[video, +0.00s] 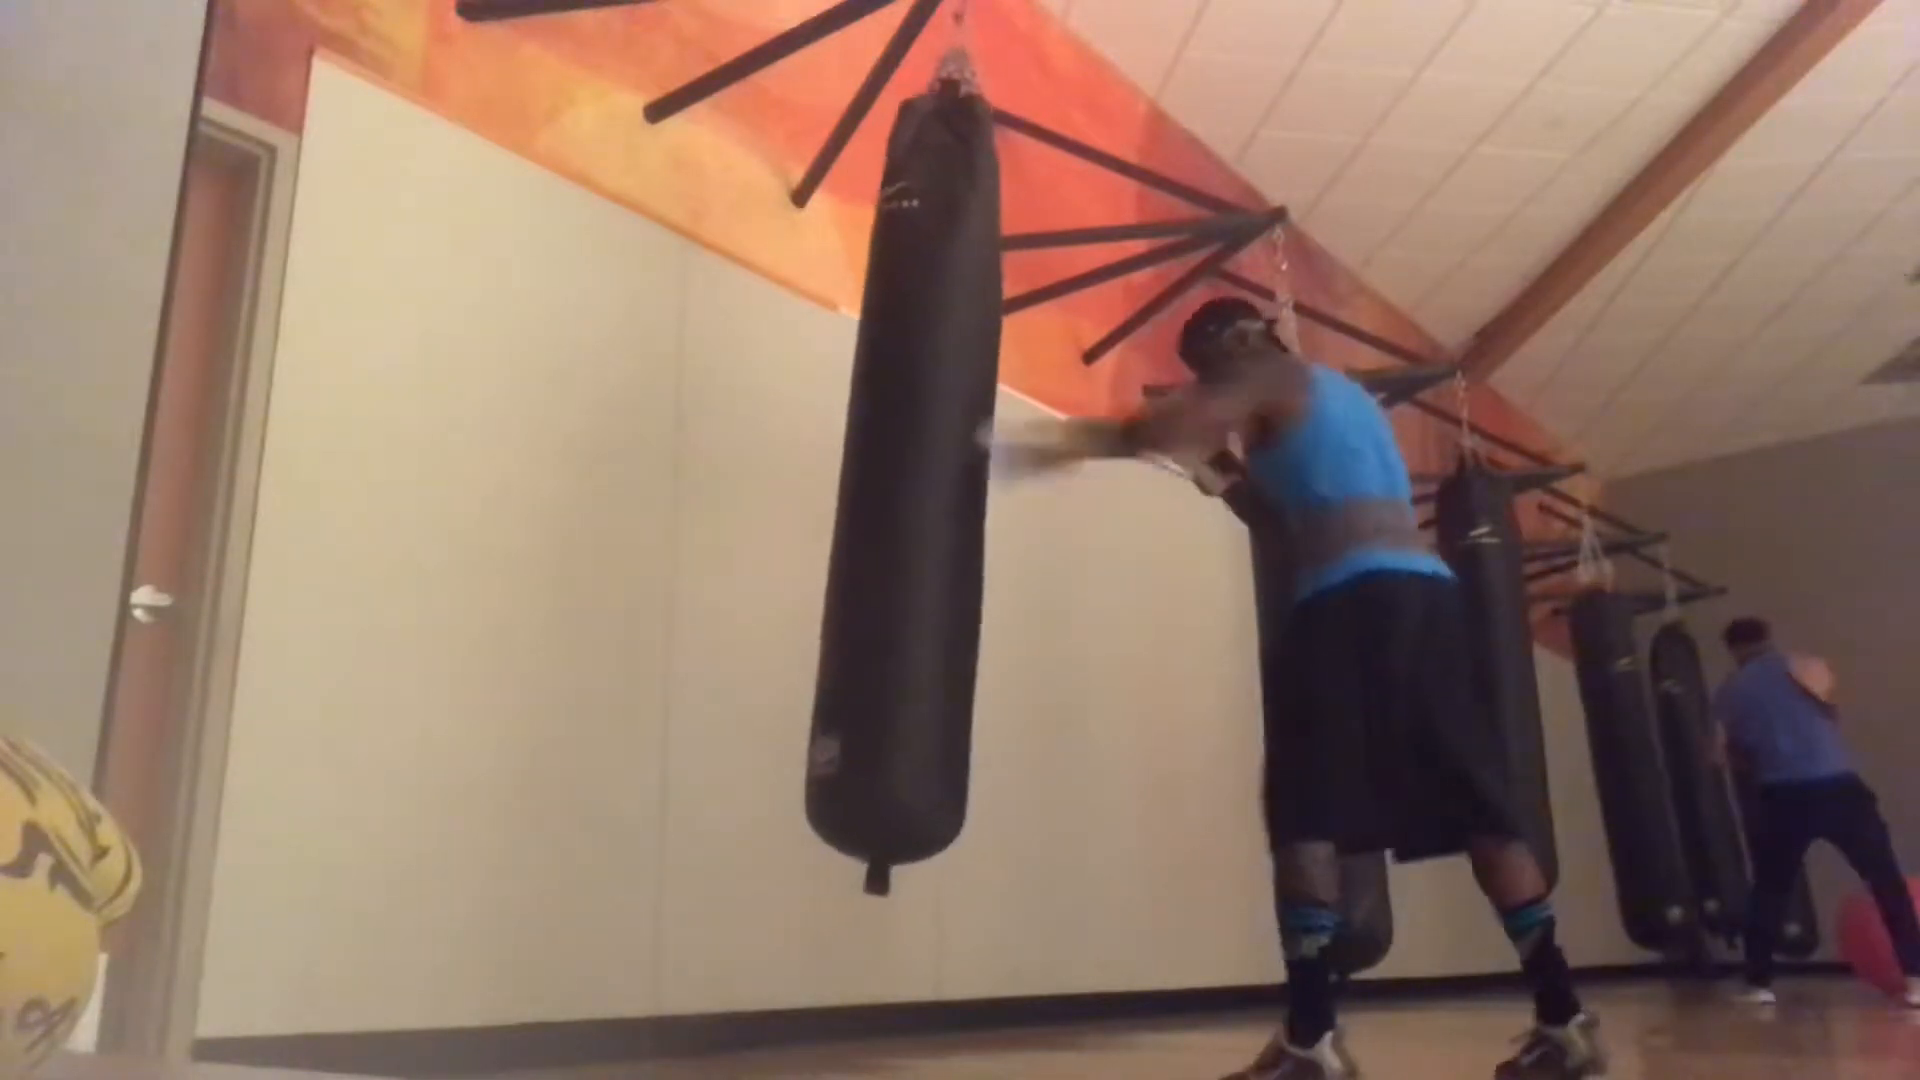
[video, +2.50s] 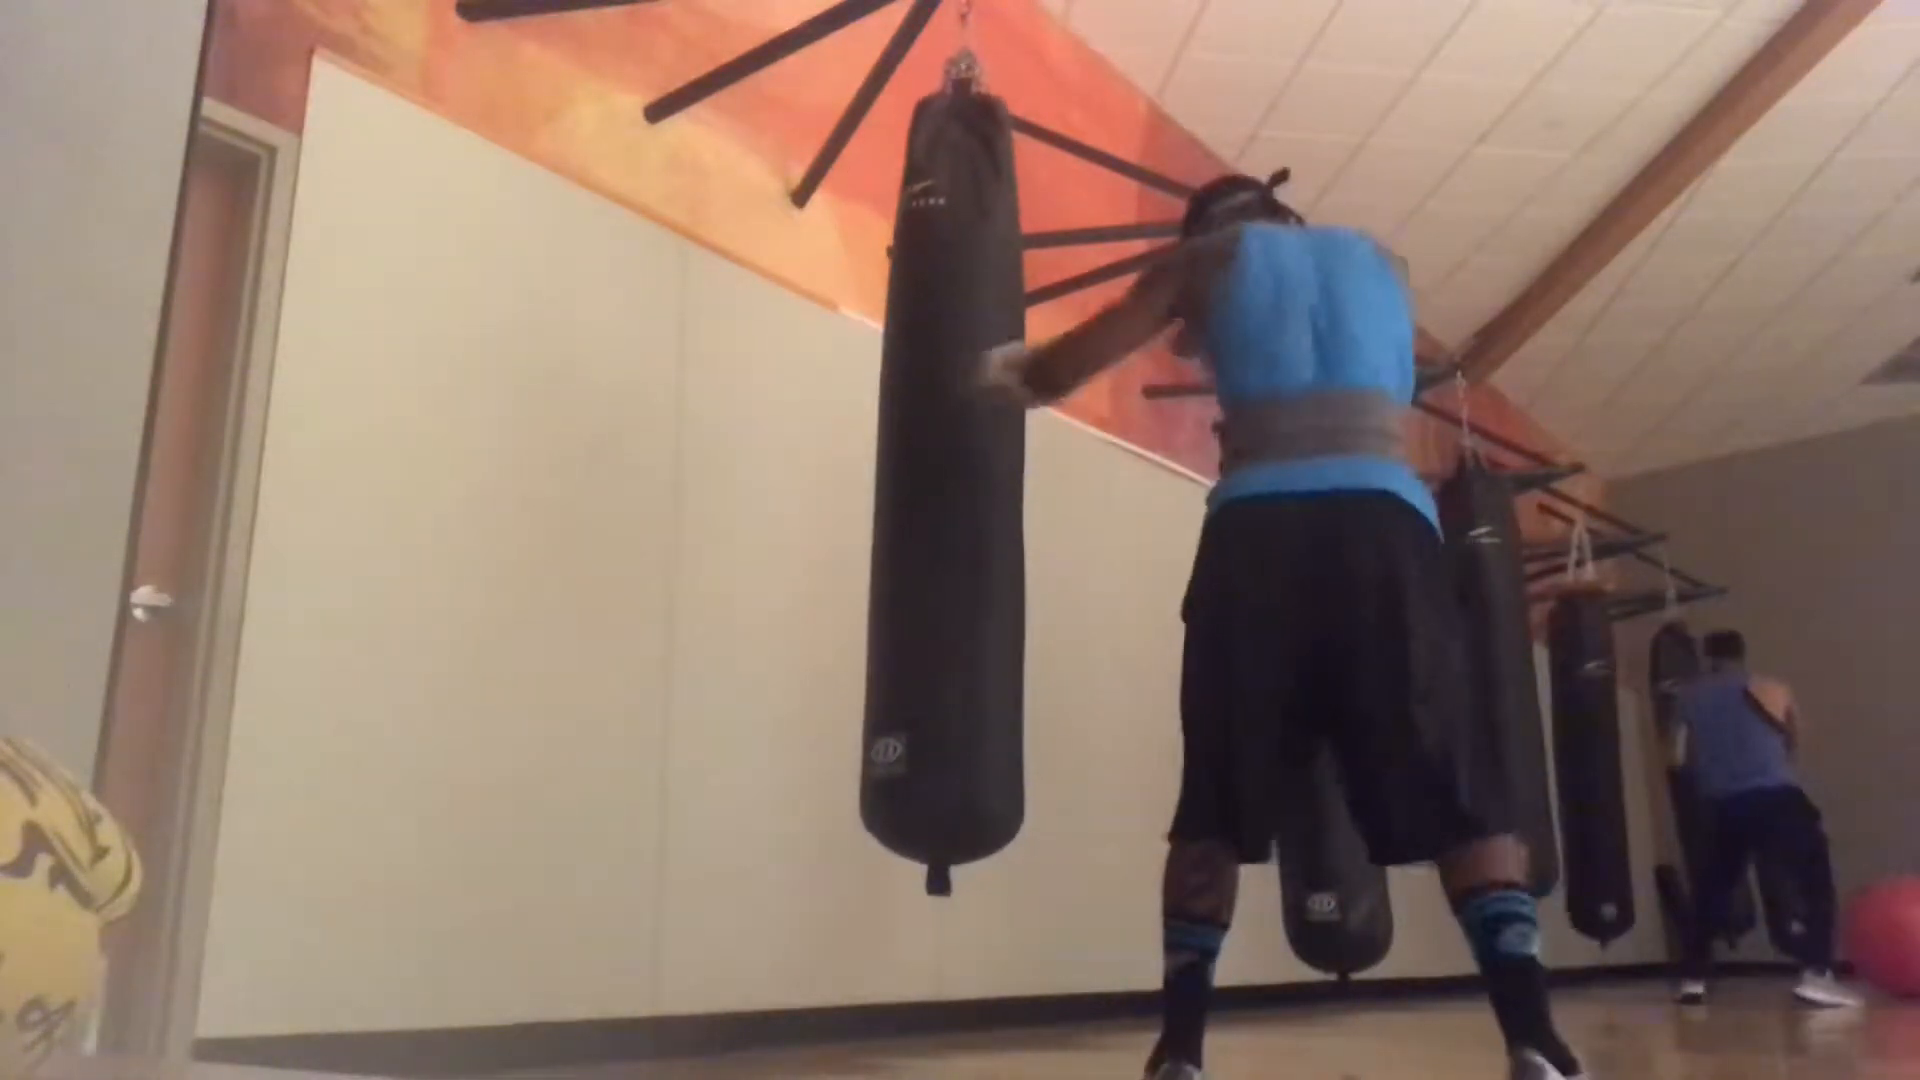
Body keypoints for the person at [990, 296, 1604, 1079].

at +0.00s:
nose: (1207, 386)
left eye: (1207, 371)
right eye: (1204, 375)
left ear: (1235, 342)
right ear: (1268, 336)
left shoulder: (1265, 370)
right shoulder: (1347, 399)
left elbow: (1173, 428)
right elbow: (1308, 530)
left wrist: (1072, 439)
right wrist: (1233, 485)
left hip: (1343, 611)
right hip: (1428, 604)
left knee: (1301, 815)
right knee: (1477, 803)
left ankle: (1311, 1036)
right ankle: (1565, 1018)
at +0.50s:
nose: (1244, 410)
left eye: (1242, 392)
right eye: (1237, 399)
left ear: (1265, 362)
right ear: (1294, 347)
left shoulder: (1306, 380)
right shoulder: (1381, 406)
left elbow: (1281, 482)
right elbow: (1285, 521)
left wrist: (1226, 472)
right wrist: (1209, 494)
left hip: (1372, 626)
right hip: (1454, 623)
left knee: (1273, 815)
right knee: (1486, 827)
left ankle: (1288, 1026)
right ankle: (1601, 1025)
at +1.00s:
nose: (1176, 380)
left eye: (1181, 365)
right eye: (1179, 371)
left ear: (1194, 347)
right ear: (1264, 323)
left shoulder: (1204, 366)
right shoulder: (1347, 366)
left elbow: (1088, 463)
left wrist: (1033, 456)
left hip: (1275, 612)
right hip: (1383, 599)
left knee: (1241, 827)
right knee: (1473, 805)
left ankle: (1221, 1041)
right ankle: (1582, 1016)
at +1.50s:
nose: (1242, 348)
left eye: (1242, 336)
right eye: (1240, 338)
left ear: (1255, 312)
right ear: (1314, 287)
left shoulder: (1276, 327)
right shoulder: (1419, 344)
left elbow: (1214, 453)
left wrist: (1162, 450)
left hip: (1320, 599)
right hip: (1442, 597)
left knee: (1241, 819)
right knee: (1496, 818)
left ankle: (1224, 1039)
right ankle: (1593, 1046)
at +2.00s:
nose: (1207, 311)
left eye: (1209, 298)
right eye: (1204, 302)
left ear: (1224, 274)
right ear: (1292, 248)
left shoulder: (1234, 295)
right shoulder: (1392, 300)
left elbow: (1148, 412)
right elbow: (1445, 366)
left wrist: (1108, 411)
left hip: (1284, 568)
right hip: (1413, 564)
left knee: (1236, 812)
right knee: (1486, 804)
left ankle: (1196, 1043)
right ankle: (1571, 1046)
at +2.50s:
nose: (1193, 268)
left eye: (1193, 253)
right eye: (1193, 254)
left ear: (1211, 231)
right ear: (1279, 214)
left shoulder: (1205, 254)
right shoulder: (1376, 260)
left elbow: (1060, 369)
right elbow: (1433, 359)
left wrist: (1012, 369)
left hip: (1256, 544)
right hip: (1390, 539)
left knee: (1215, 794)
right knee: (1458, 790)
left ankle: (1180, 1048)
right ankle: (1534, 1043)